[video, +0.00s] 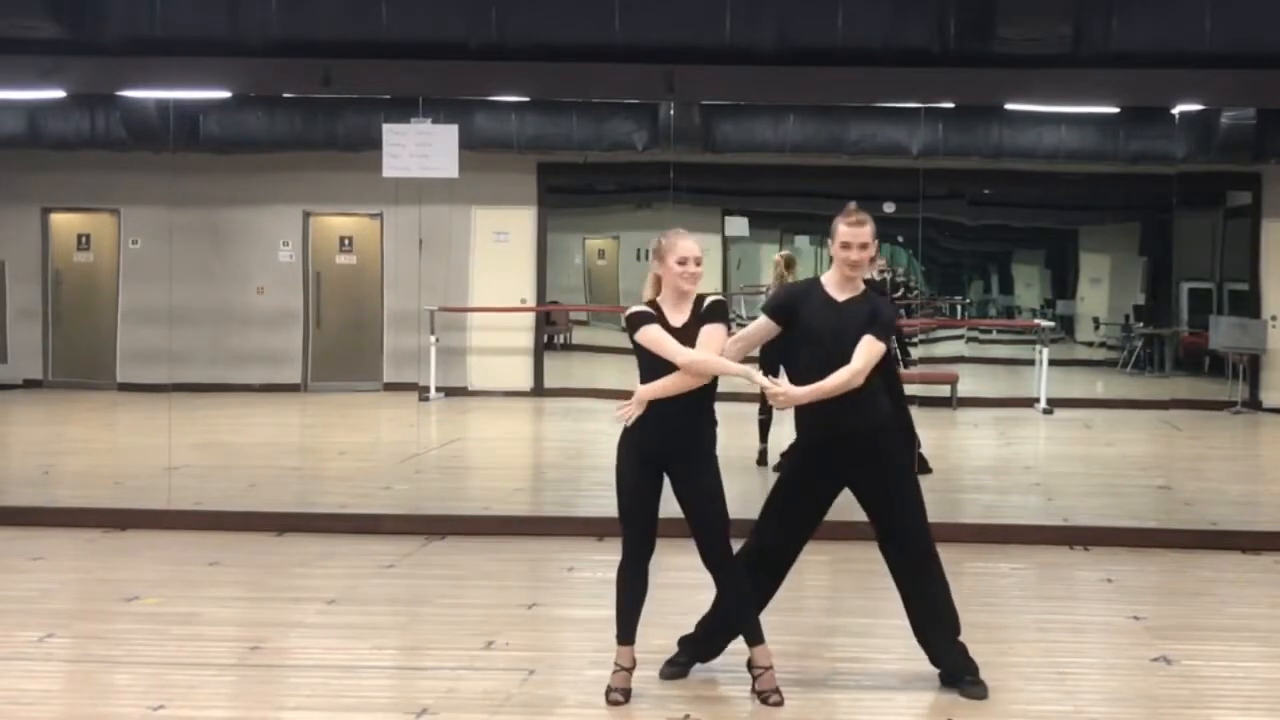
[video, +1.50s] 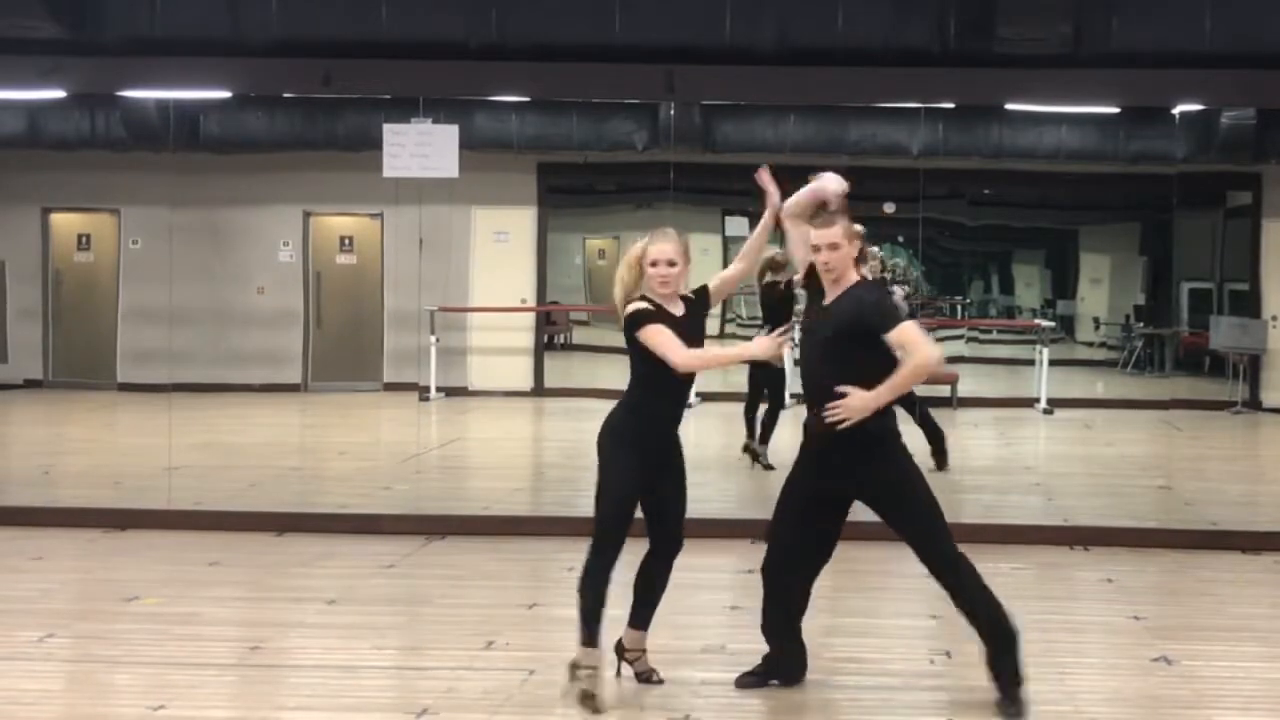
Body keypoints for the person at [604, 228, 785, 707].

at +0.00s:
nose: (692, 270)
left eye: (698, 262)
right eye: (682, 262)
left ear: (703, 268)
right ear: (659, 266)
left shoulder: (713, 307)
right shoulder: (639, 316)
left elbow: (704, 368)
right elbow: (684, 358)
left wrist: (646, 391)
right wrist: (749, 373)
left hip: (694, 447)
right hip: (642, 446)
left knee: (717, 554)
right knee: (635, 552)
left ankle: (760, 655)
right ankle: (624, 657)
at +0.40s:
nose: (695, 267)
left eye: (695, 260)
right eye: (686, 259)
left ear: (684, 270)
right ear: (656, 266)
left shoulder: (706, 312)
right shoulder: (628, 322)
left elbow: (753, 357)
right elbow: (668, 372)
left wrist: (723, 407)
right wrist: (739, 384)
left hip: (691, 446)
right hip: (640, 447)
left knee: (717, 554)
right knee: (629, 554)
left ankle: (762, 654)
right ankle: (623, 657)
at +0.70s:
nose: (680, 274)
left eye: (679, 267)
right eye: (674, 266)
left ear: (651, 270)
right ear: (646, 269)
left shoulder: (670, 318)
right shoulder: (620, 322)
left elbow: (687, 374)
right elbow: (656, 385)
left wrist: (693, 406)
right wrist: (733, 397)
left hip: (667, 450)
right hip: (621, 453)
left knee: (702, 554)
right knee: (627, 557)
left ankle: (738, 657)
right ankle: (613, 660)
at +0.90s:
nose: (680, 266)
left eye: (679, 258)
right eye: (675, 258)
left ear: (641, 262)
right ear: (652, 262)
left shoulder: (622, 309)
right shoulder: (660, 314)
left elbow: (595, 339)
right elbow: (710, 367)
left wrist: (629, 361)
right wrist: (776, 341)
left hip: (632, 440)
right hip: (640, 447)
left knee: (677, 538)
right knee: (637, 551)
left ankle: (633, 640)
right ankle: (601, 658)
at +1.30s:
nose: (694, 270)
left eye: (693, 262)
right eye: (689, 262)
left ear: (656, 268)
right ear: (666, 267)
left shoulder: (633, 313)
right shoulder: (674, 316)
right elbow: (731, 365)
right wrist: (787, 351)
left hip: (627, 440)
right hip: (668, 445)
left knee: (633, 545)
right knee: (660, 554)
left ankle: (608, 647)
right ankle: (628, 659)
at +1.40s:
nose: (691, 270)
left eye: (690, 263)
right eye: (684, 263)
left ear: (663, 269)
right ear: (656, 268)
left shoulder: (667, 306)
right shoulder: (659, 316)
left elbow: (725, 291)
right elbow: (722, 362)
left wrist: (730, 246)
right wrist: (783, 348)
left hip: (647, 438)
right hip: (640, 443)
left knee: (669, 537)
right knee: (648, 548)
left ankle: (620, 642)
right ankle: (615, 657)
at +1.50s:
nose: (665, 271)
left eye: (673, 263)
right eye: (656, 264)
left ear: (685, 267)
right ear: (641, 271)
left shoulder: (696, 303)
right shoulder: (640, 316)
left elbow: (741, 267)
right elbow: (684, 359)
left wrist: (771, 212)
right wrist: (751, 349)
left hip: (663, 441)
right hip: (626, 438)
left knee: (667, 541)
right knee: (608, 539)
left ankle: (634, 641)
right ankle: (587, 650)